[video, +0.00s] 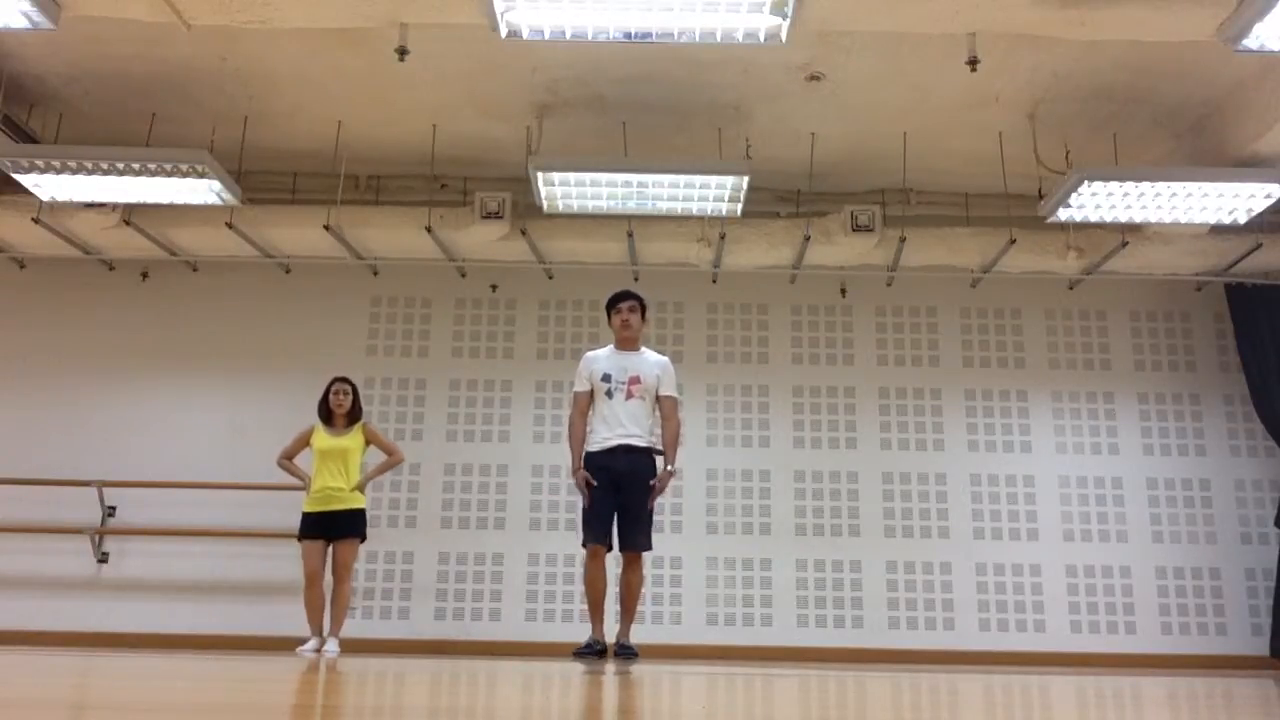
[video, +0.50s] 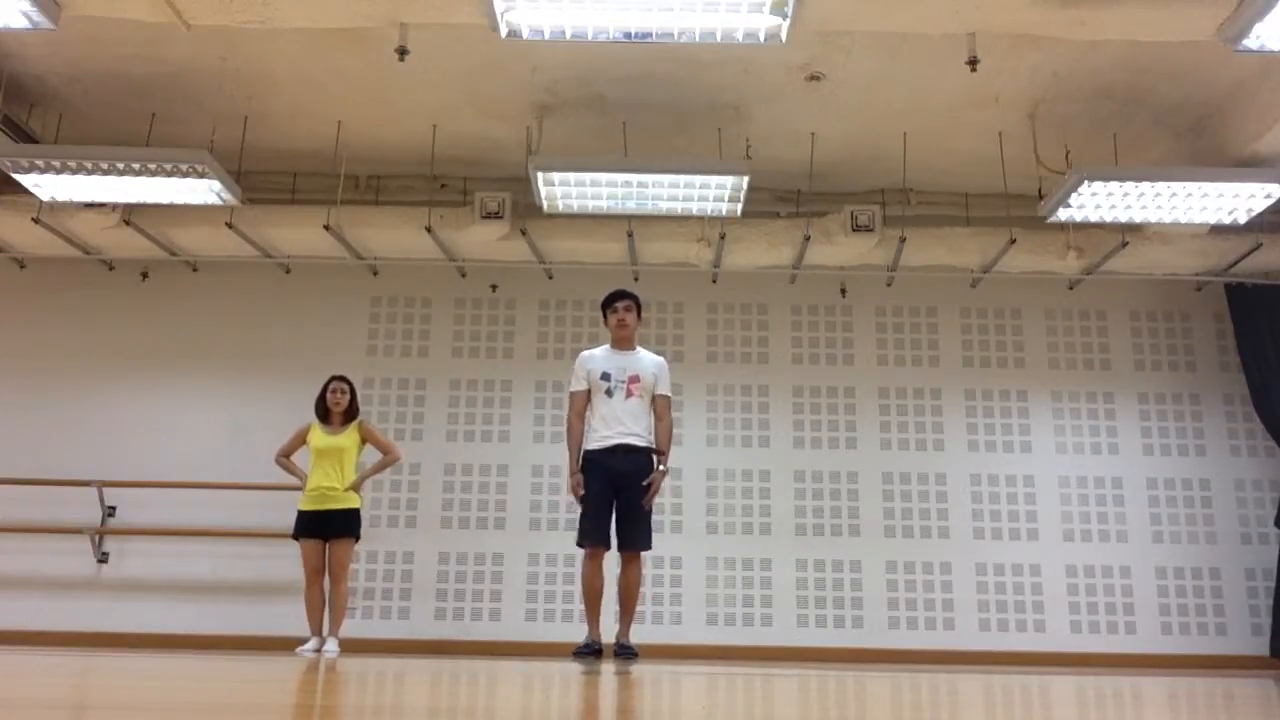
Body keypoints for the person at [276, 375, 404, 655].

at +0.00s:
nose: (340, 398)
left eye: (346, 394)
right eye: (335, 393)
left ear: (353, 400)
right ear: (327, 398)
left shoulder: (363, 430)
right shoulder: (315, 431)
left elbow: (398, 456)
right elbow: (283, 459)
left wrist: (366, 478)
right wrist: (305, 478)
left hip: (349, 507)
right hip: (316, 506)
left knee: (342, 575)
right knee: (312, 575)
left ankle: (333, 637)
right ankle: (316, 636)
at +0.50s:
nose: (337, 396)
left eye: (343, 392)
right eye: (333, 391)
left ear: (351, 398)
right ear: (324, 396)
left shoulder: (359, 428)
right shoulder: (311, 429)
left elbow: (394, 454)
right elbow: (280, 457)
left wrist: (362, 478)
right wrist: (303, 477)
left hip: (344, 506)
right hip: (311, 505)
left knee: (338, 575)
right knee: (313, 575)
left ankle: (333, 638)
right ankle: (315, 637)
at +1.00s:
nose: (341, 396)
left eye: (346, 393)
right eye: (335, 392)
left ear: (352, 399)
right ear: (325, 396)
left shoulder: (358, 428)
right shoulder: (311, 428)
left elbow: (393, 455)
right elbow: (278, 455)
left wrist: (360, 479)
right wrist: (301, 476)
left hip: (342, 506)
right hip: (310, 505)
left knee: (336, 575)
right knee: (312, 575)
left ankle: (333, 638)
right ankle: (315, 637)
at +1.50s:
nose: (338, 397)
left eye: (344, 393)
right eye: (333, 392)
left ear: (351, 399)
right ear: (324, 397)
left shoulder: (358, 428)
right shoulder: (311, 429)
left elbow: (392, 455)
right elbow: (277, 456)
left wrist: (360, 478)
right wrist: (302, 476)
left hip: (343, 508)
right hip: (310, 507)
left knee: (333, 577)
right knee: (312, 577)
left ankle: (332, 637)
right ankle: (316, 637)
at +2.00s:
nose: (337, 396)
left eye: (343, 392)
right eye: (332, 391)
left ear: (351, 397)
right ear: (324, 396)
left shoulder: (360, 426)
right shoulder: (311, 427)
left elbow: (393, 453)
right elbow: (277, 454)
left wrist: (361, 476)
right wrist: (302, 475)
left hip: (344, 507)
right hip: (311, 506)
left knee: (337, 577)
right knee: (313, 576)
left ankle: (332, 637)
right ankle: (316, 636)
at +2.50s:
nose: (336, 395)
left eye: (342, 391)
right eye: (331, 391)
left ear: (350, 397)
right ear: (324, 396)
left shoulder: (360, 426)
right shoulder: (311, 427)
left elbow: (392, 454)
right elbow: (279, 455)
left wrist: (360, 477)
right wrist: (302, 476)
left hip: (343, 506)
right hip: (311, 506)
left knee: (337, 576)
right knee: (313, 577)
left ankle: (331, 637)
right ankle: (315, 636)